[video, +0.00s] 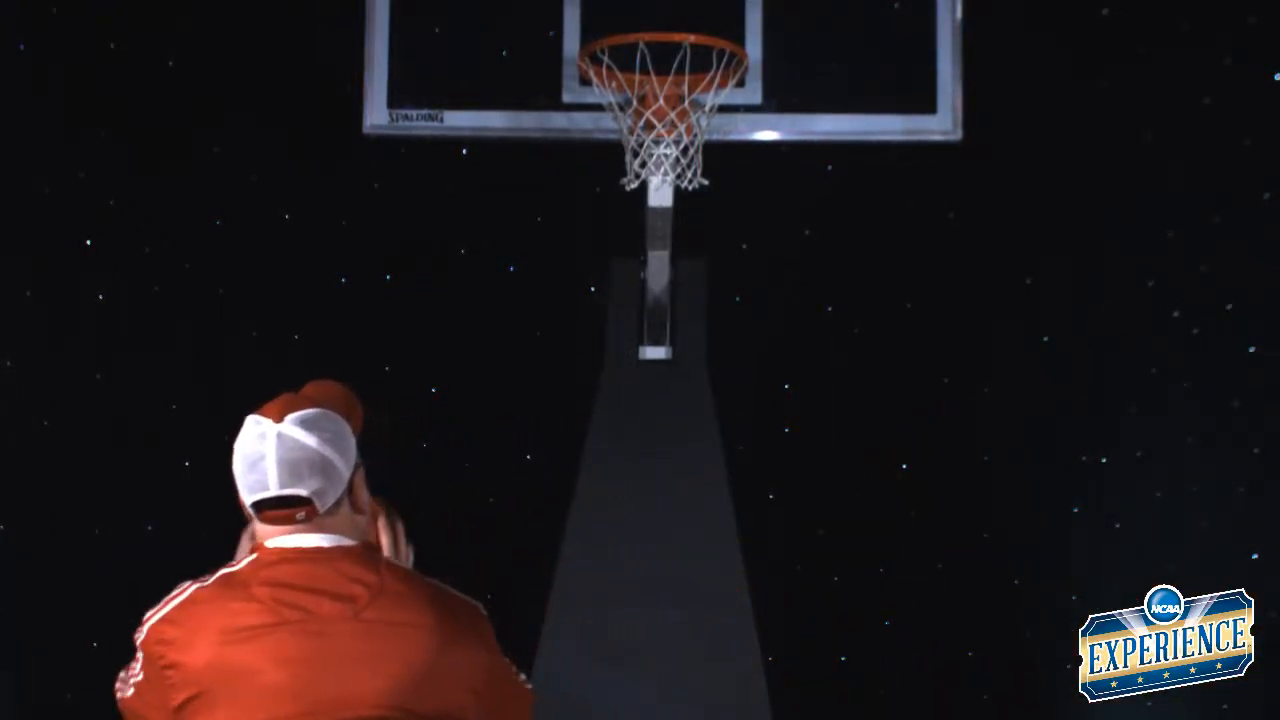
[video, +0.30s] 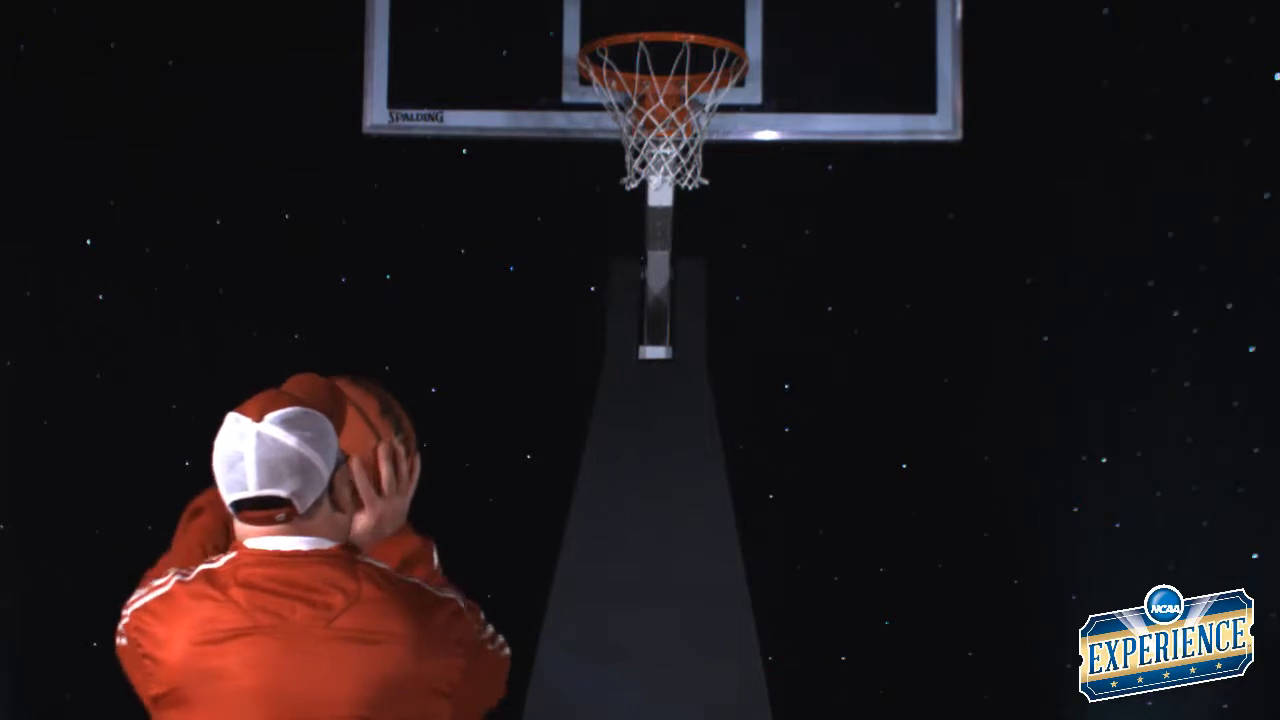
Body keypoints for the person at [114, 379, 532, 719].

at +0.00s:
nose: (371, 494)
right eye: (366, 479)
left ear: (245, 504)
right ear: (358, 492)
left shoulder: (175, 632)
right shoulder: (453, 626)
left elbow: (138, 701)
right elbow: (513, 704)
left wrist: (239, 576)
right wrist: (404, 594)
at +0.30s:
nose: (373, 478)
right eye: (356, 464)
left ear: (231, 496)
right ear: (344, 489)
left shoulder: (160, 629)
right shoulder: (426, 632)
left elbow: (190, 552)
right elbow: (489, 664)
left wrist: (230, 489)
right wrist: (396, 547)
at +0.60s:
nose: (329, 464)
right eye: (324, 457)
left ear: (206, 481)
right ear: (317, 479)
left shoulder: (143, 601)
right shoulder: (395, 610)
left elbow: (185, 494)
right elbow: (459, 591)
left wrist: (239, 402)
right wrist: (390, 475)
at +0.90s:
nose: (310, 426)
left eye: (304, 414)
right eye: (305, 418)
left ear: (184, 442)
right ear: (294, 442)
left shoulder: (124, 563)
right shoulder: (381, 577)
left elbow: (169, 452)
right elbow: (444, 536)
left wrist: (221, 346)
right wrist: (379, 418)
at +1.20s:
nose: (292, 381)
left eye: (285, 371)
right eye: (286, 373)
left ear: (169, 403)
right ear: (275, 402)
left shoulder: (107, 518)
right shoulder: (362, 532)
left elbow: (155, 399)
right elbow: (434, 485)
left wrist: (219, 282)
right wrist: (370, 364)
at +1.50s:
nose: (275, 335)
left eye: (268, 323)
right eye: (268, 327)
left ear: (152, 350)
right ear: (259, 352)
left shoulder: (89, 469)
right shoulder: (340, 485)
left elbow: (141, 342)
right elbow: (423, 443)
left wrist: (211, 233)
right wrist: (362, 323)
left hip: (116, 710)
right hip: (303, 708)